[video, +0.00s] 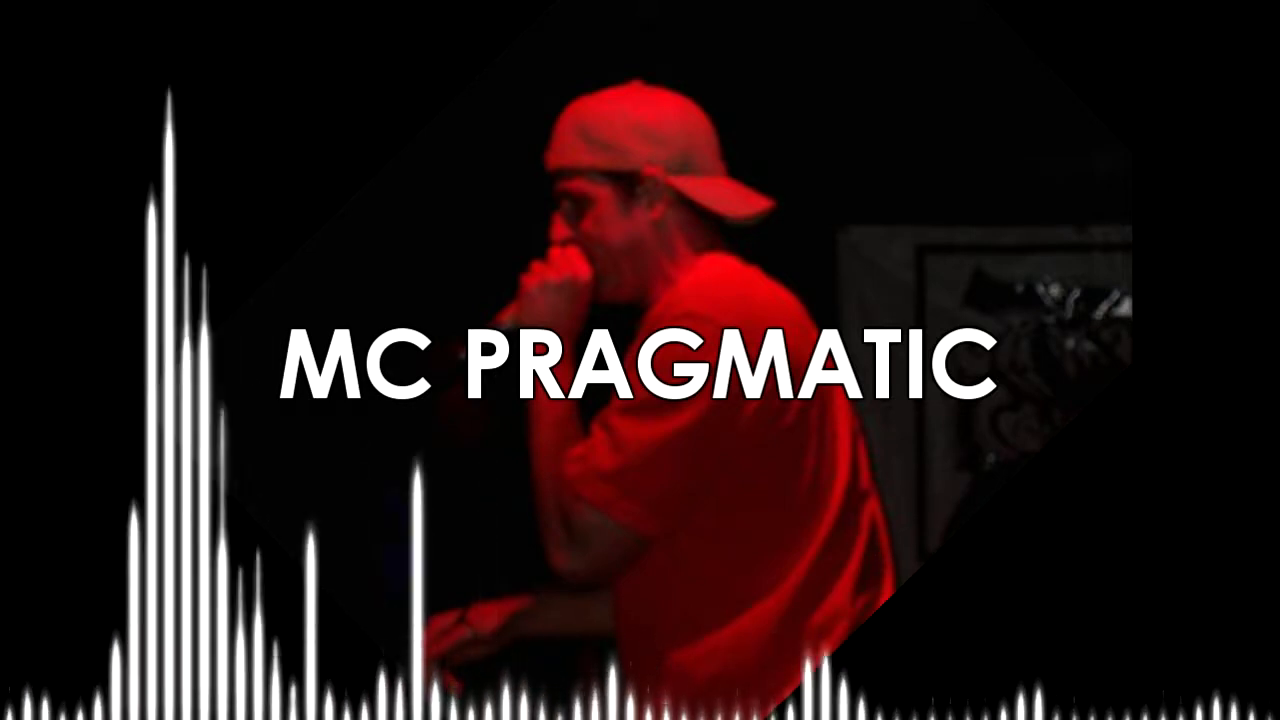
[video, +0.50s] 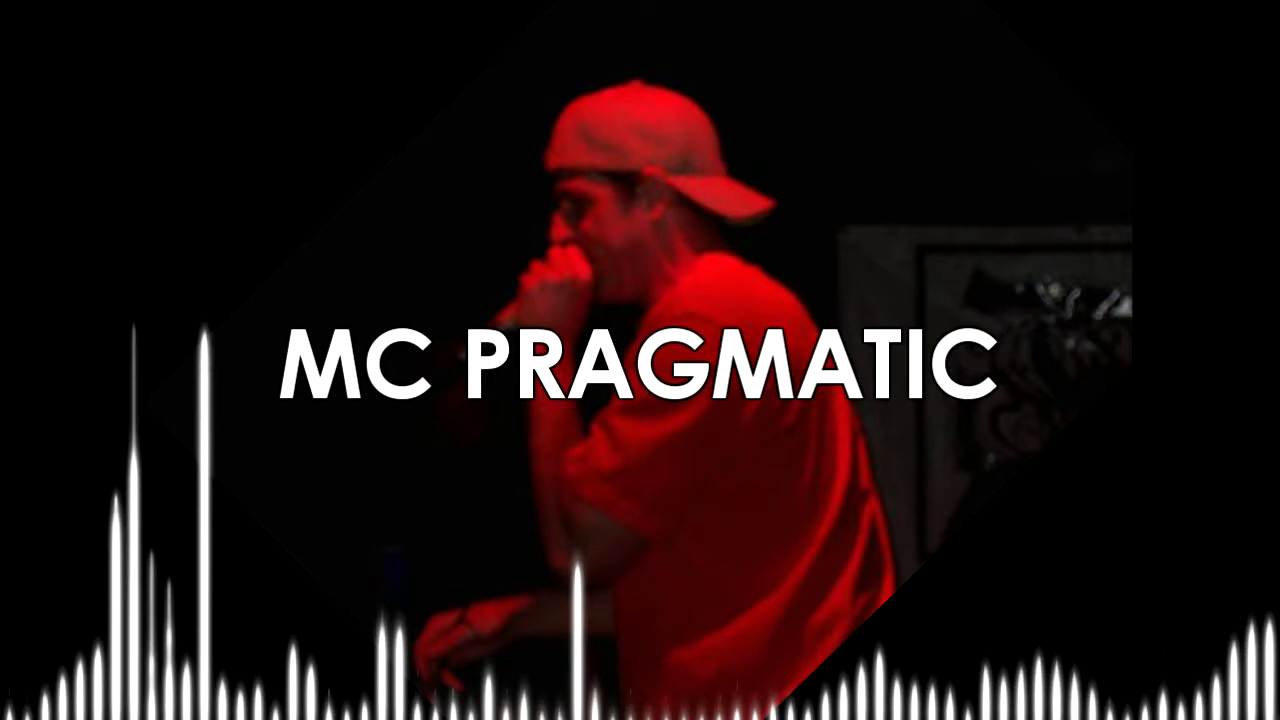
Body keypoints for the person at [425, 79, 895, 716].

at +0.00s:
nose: (559, 234)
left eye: (576, 207)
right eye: (559, 209)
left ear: (653, 200)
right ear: (649, 203)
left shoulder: (706, 315)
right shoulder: (750, 304)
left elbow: (578, 543)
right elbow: (700, 579)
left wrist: (545, 348)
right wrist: (521, 619)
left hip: (734, 704)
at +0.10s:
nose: (558, 234)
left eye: (576, 206)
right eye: (559, 209)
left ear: (653, 200)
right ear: (649, 203)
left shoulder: (707, 314)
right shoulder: (749, 304)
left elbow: (578, 543)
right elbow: (697, 579)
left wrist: (545, 349)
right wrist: (518, 620)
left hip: (730, 706)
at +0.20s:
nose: (559, 234)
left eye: (576, 207)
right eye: (559, 209)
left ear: (653, 200)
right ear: (649, 203)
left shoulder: (706, 314)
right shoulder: (751, 304)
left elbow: (578, 542)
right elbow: (702, 576)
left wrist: (545, 347)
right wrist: (522, 620)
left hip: (725, 704)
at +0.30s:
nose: (558, 234)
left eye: (576, 206)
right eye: (559, 209)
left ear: (653, 200)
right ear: (649, 203)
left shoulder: (706, 314)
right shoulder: (750, 304)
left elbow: (578, 543)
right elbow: (702, 573)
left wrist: (545, 349)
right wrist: (522, 618)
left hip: (734, 707)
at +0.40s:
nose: (559, 234)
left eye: (577, 206)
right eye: (559, 209)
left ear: (652, 199)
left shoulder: (706, 313)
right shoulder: (744, 302)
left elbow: (578, 538)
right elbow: (693, 574)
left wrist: (545, 348)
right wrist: (519, 620)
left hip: (735, 705)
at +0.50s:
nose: (559, 234)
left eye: (577, 207)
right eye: (560, 210)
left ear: (653, 199)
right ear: (650, 201)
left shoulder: (707, 313)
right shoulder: (745, 303)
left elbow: (579, 543)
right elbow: (691, 578)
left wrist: (545, 349)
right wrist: (515, 620)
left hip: (738, 706)